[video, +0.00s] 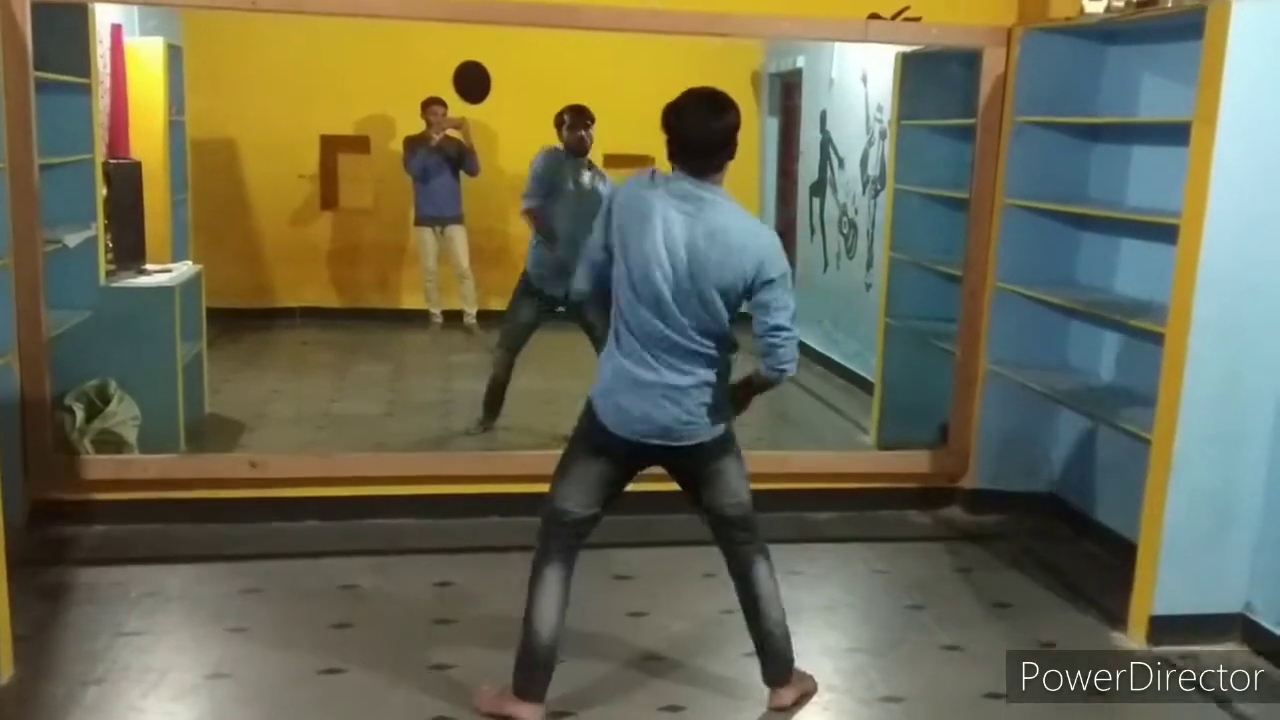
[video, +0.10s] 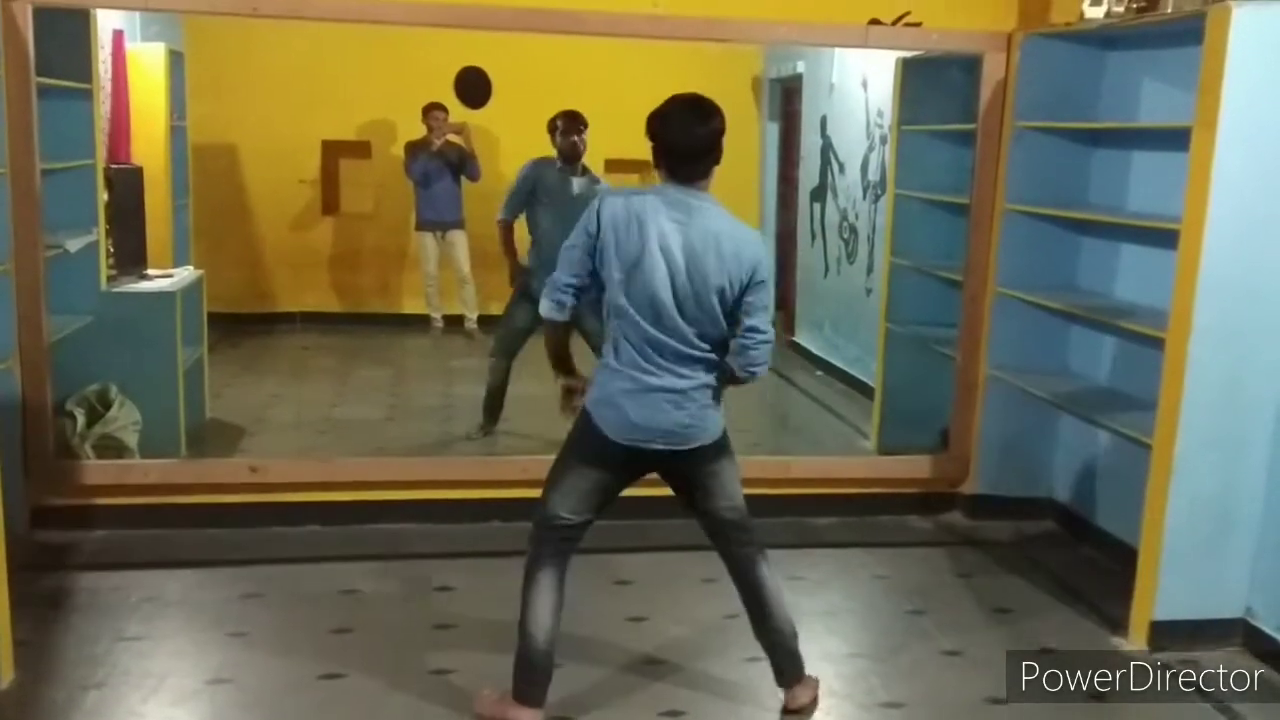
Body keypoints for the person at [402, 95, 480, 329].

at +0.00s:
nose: (437, 118)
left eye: (441, 114)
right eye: (432, 114)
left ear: (447, 117)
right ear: (424, 116)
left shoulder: (454, 143)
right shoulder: (413, 142)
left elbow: (473, 169)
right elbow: (412, 169)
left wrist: (467, 138)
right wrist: (431, 143)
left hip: (453, 216)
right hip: (425, 217)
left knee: (463, 269)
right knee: (429, 270)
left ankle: (470, 316)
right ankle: (435, 315)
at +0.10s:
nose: (438, 124)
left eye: (442, 119)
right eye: (433, 119)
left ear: (448, 122)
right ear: (425, 121)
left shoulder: (454, 148)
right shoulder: (414, 147)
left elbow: (474, 175)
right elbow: (414, 174)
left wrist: (468, 143)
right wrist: (433, 148)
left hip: (454, 221)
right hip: (426, 222)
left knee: (464, 274)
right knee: (430, 275)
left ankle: (471, 321)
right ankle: (436, 319)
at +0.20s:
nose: (440, 131)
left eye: (444, 127)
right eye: (435, 126)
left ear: (449, 130)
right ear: (427, 129)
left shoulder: (456, 156)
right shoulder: (416, 154)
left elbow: (475, 182)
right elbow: (416, 181)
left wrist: (470, 150)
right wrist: (434, 155)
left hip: (455, 228)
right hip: (428, 229)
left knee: (466, 281)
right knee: (432, 282)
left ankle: (472, 329)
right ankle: (437, 327)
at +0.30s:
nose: (441, 138)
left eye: (446, 133)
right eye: (437, 133)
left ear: (451, 136)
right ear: (429, 135)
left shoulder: (458, 162)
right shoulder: (418, 161)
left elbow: (477, 188)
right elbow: (417, 187)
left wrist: (471, 157)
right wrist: (436, 161)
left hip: (457, 234)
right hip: (430, 236)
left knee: (468, 287)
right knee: (434, 288)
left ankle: (474, 334)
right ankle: (439, 333)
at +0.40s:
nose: (444, 143)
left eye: (448, 139)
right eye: (440, 139)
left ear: (453, 142)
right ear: (431, 141)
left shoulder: (460, 168)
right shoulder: (420, 167)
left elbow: (478, 193)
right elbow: (418, 192)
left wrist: (473, 163)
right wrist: (438, 167)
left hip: (459, 240)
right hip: (432, 241)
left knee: (470, 293)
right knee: (436, 294)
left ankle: (476, 339)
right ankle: (441, 338)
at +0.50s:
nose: (446, 148)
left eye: (450, 144)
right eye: (441, 143)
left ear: (455, 147)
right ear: (433, 146)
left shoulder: (462, 172)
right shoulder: (422, 171)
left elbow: (481, 198)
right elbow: (421, 197)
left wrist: (475, 167)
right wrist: (440, 172)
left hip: (461, 245)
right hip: (434, 246)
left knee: (471, 297)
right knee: (437, 298)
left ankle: (477, 344)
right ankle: (443, 343)